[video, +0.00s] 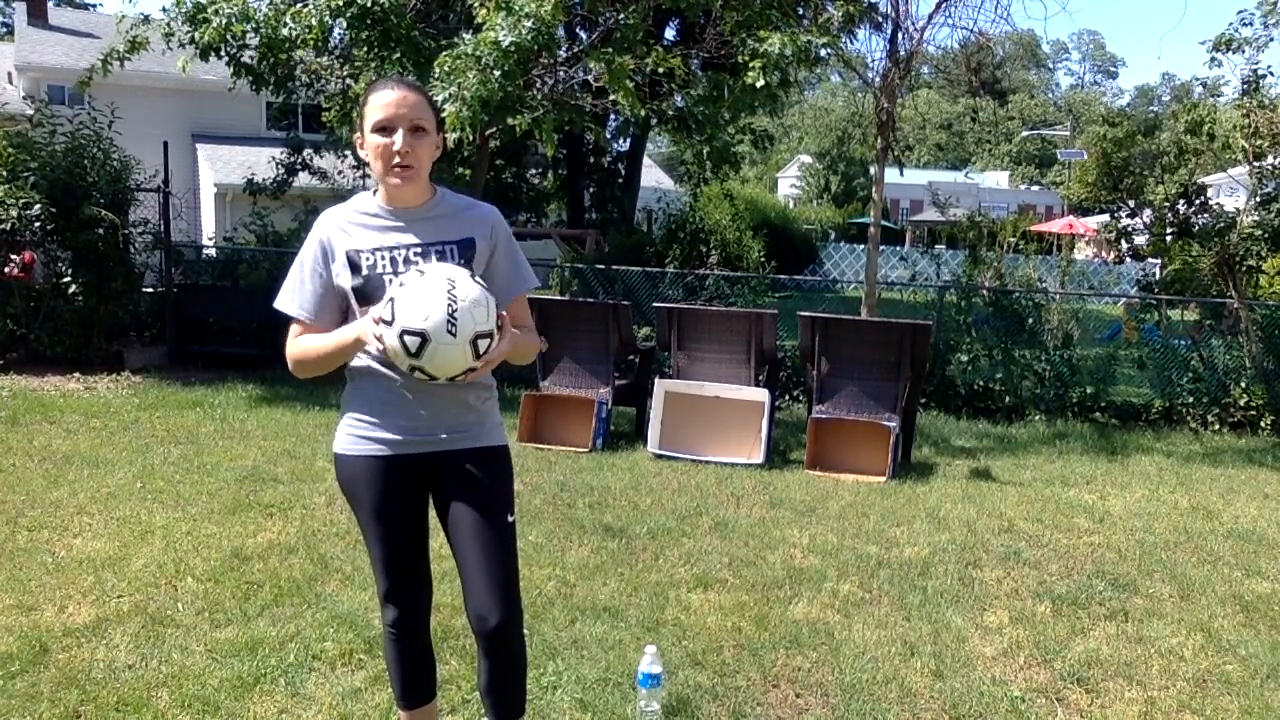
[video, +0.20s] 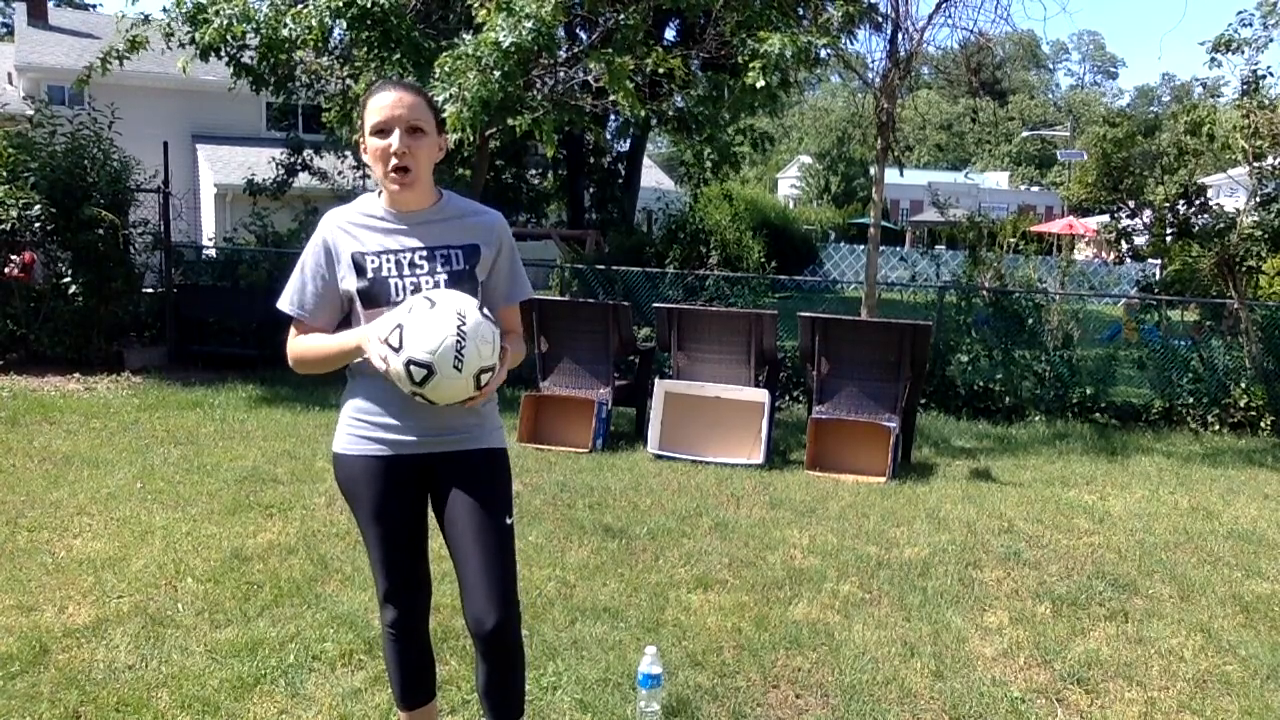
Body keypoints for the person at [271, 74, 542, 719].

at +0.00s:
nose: (401, 144)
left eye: (416, 130)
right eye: (384, 130)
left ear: (438, 142)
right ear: (361, 145)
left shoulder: (482, 223)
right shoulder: (335, 229)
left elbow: (528, 340)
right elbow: (299, 356)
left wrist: (506, 344)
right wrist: (356, 333)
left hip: (472, 439)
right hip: (377, 440)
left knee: (497, 618)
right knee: (402, 610)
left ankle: (506, 718)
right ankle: (419, 715)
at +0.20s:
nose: (398, 144)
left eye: (414, 130)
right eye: (382, 132)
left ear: (440, 144)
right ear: (363, 149)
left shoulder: (485, 227)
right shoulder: (339, 230)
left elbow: (513, 333)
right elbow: (299, 350)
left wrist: (500, 361)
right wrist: (358, 340)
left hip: (471, 441)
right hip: (377, 443)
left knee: (495, 621)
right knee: (402, 610)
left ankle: (505, 718)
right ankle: (419, 714)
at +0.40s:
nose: (406, 142)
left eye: (421, 129)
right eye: (389, 129)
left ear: (442, 144)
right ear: (366, 145)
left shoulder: (486, 225)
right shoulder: (338, 228)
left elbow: (523, 338)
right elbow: (306, 353)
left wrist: (507, 359)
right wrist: (367, 334)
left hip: (472, 440)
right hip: (377, 442)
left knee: (496, 618)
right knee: (403, 609)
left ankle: (506, 718)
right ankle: (419, 715)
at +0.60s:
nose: (411, 147)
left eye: (426, 133)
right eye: (395, 134)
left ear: (447, 145)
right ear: (371, 149)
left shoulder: (489, 228)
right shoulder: (343, 227)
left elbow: (525, 359)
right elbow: (306, 356)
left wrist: (512, 332)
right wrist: (358, 320)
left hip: (471, 438)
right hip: (376, 438)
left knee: (495, 619)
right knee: (401, 607)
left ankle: (505, 719)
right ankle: (418, 715)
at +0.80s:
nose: (416, 149)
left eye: (430, 135)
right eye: (399, 136)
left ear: (450, 146)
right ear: (376, 150)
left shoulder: (490, 229)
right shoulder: (344, 227)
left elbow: (532, 357)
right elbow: (301, 353)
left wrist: (516, 331)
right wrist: (353, 323)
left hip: (469, 438)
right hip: (375, 438)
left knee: (491, 619)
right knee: (401, 608)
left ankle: (504, 719)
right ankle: (420, 717)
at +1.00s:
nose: (417, 150)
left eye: (431, 136)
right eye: (401, 137)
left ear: (452, 146)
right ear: (377, 151)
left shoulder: (490, 230)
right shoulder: (346, 227)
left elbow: (538, 357)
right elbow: (299, 353)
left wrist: (515, 328)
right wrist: (346, 318)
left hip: (469, 437)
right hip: (375, 438)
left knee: (491, 619)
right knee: (400, 608)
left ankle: (503, 718)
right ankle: (420, 716)